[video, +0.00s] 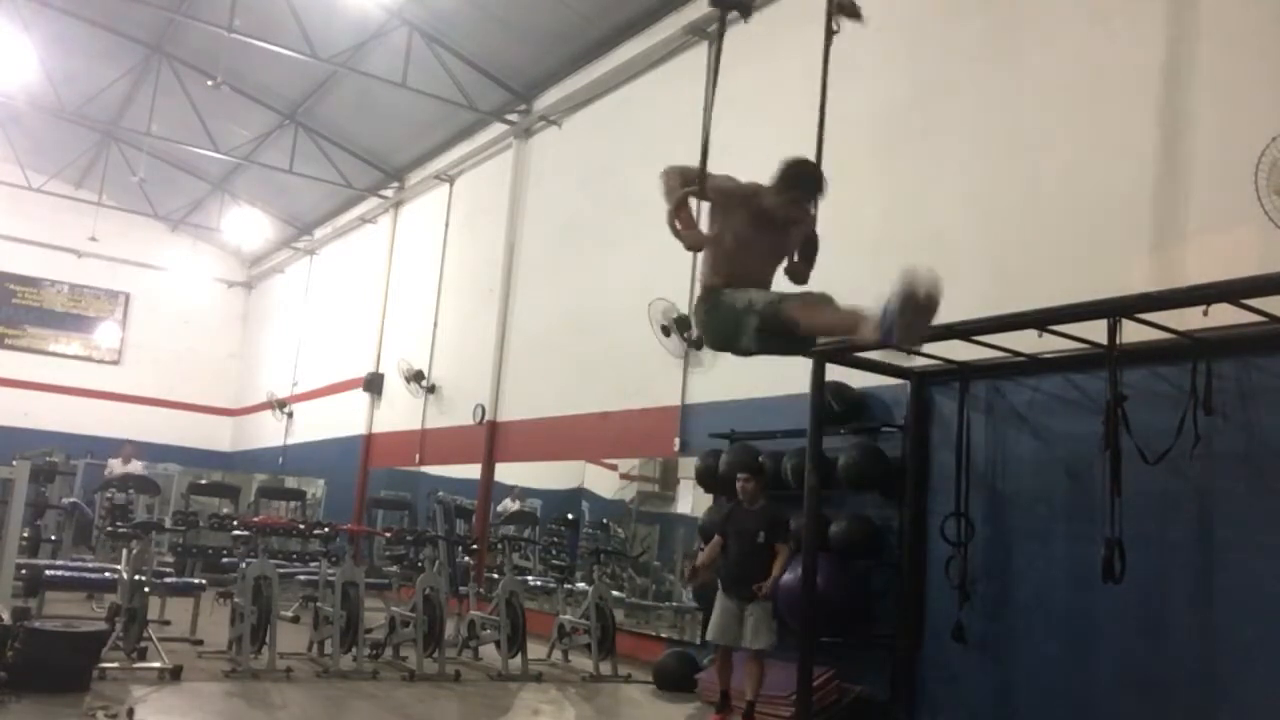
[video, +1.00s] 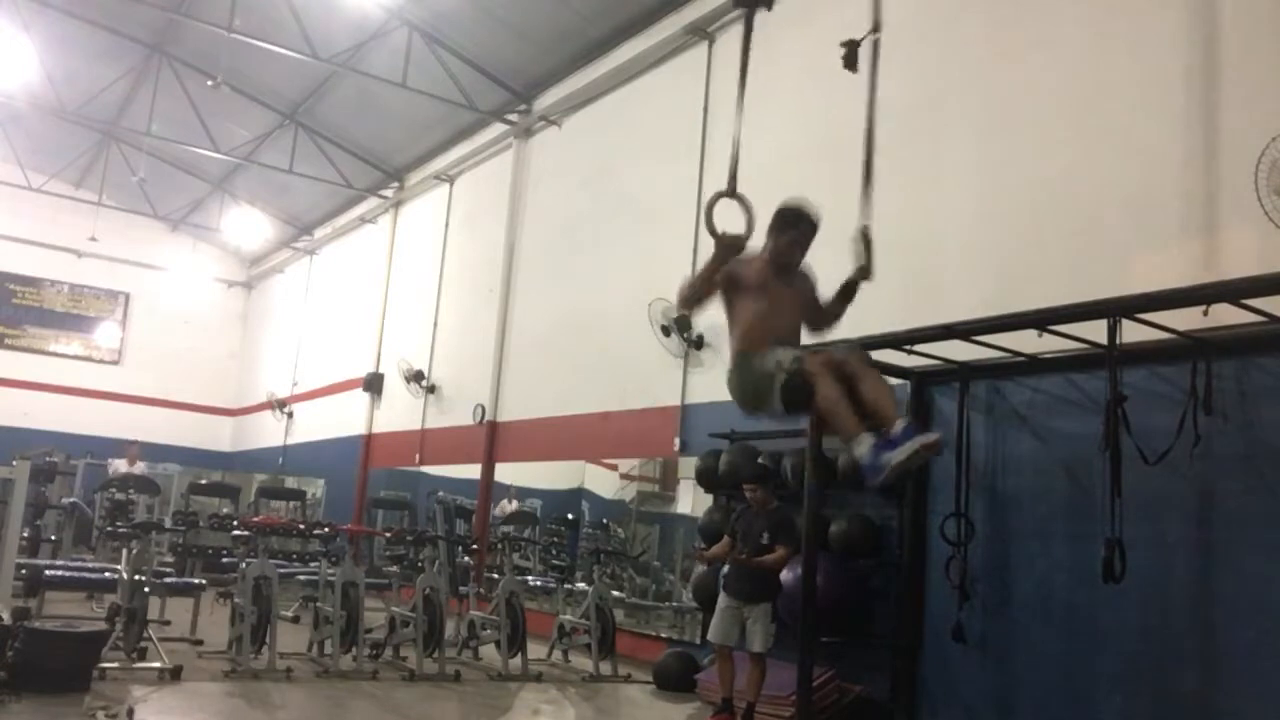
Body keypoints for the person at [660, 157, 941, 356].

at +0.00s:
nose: (800, 215)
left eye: (805, 209)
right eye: (796, 207)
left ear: (808, 203)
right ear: (778, 193)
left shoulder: (799, 222)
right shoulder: (738, 194)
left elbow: (798, 277)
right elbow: (673, 177)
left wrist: (809, 245)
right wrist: (685, 225)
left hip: (754, 307)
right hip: (716, 306)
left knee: (818, 306)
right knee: (798, 309)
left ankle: (888, 329)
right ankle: (876, 326)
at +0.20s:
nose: (818, 230)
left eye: (826, 226)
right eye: (814, 221)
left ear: (834, 220)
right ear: (799, 202)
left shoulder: (824, 233)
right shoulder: (761, 198)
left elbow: (816, 275)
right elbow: (705, 171)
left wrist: (809, 260)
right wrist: (707, 222)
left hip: (760, 314)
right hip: (721, 308)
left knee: (796, 384)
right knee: (764, 382)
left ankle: (810, 481)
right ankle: (761, 485)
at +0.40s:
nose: (842, 225)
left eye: (850, 219)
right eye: (839, 215)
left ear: (854, 212)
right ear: (822, 196)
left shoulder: (843, 228)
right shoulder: (781, 195)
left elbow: (835, 273)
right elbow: (721, 169)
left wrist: (835, 260)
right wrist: (729, 226)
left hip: (775, 320)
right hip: (735, 313)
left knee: (769, 417)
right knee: (738, 417)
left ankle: (745, 516)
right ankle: (707, 516)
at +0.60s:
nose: (850, 225)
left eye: (857, 218)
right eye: (846, 215)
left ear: (860, 213)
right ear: (828, 197)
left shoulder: (848, 230)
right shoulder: (786, 196)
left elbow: (841, 274)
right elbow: (726, 172)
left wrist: (842, 260)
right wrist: (734, 231)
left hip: (776, 317)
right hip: (737, 309)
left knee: (779, 413)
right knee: (747, 408)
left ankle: (766, 510)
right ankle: (728, 512)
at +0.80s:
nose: (836, 209)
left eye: (842, 202)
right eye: (831, 200)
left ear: (846, 198)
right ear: (811, 187)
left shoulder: (838, 226)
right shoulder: (770, 200)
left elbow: (858, 275)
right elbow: (706, 190)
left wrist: (860, 255)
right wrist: (727, 233)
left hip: (777, 320)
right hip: (739, 316)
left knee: (817, 378)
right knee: (783, 378)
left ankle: (842, 475)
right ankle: (803, 487)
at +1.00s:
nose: (798, 254)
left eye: (804, 248)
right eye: (793, 245)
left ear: (807, 247)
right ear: (773, 236)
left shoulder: (801, 281)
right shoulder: (738, 270)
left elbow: (819, 321)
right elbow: (686, 301)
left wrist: (853, 283)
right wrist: (717, 260)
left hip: (791, 367)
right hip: (750, 371)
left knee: (853, 358)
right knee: (820, 366)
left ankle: (897, 431)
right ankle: (866, 453)